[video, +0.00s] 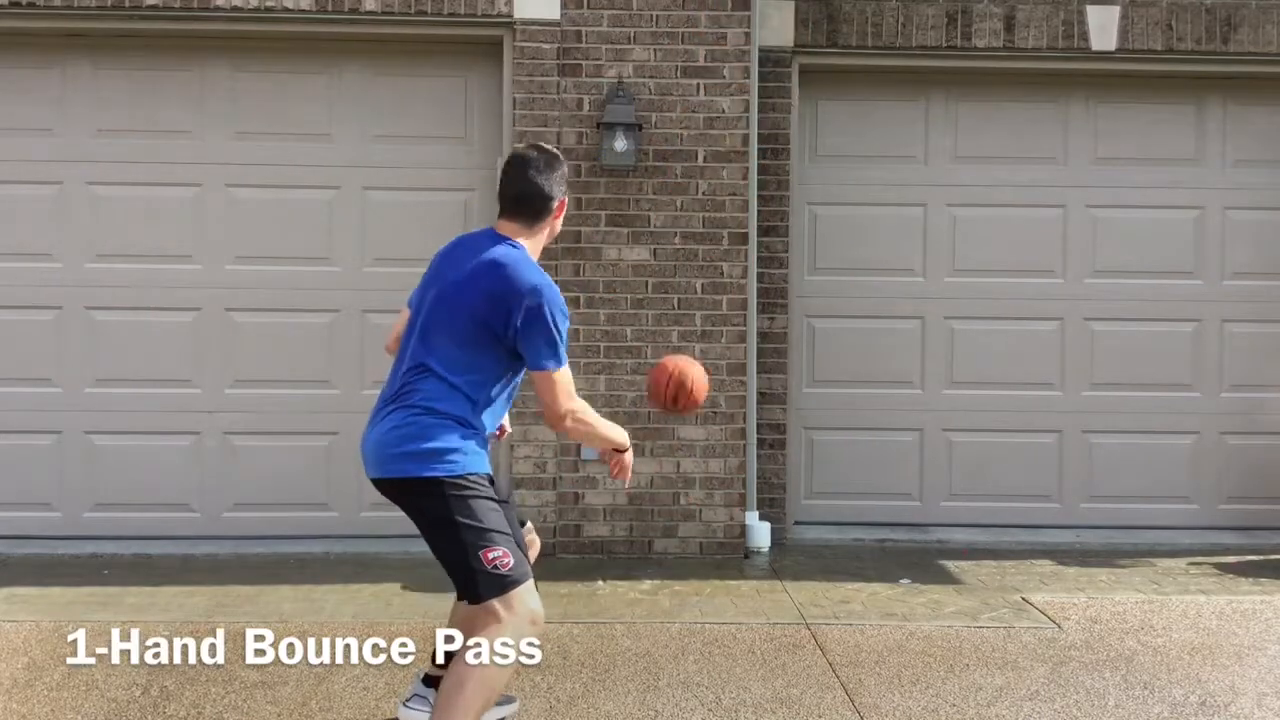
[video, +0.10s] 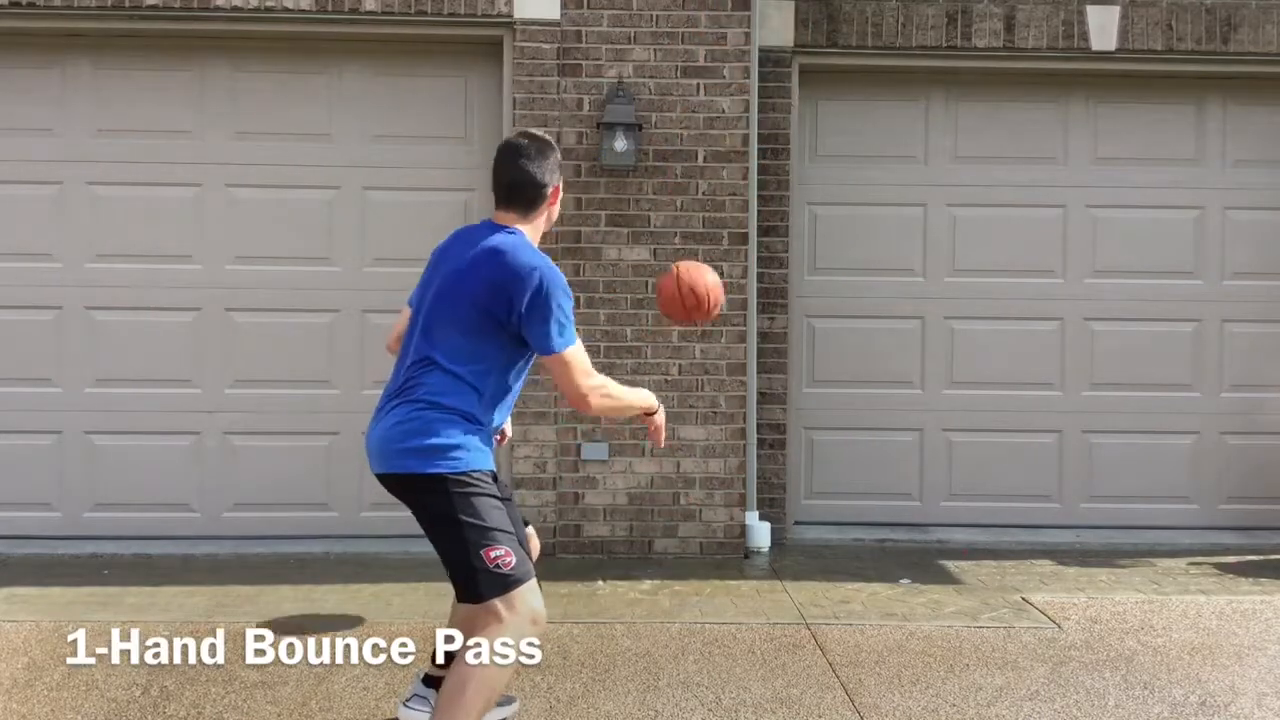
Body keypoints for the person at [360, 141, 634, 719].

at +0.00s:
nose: (566, 215)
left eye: (562, 205)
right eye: (567, 206)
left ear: (502, 198)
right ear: (559, 211)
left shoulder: (455, 252)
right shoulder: (534, 290)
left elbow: (399, 342)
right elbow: (562, 412)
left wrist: (478, 400)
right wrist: (617, 439)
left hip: (392, 443)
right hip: (437, 450)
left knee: (520, 544)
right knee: (518, 616)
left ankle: (436, 686)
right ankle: (452, 712)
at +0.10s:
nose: (563, 199)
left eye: (562, 189)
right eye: (562, 190)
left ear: (494, 190)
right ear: (554, 197)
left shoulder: (455, 246)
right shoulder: (535, 273)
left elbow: (400, 340)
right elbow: (584, 393)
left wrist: (480, 407)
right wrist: (647, 400)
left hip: (401, 438)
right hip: (442, 447)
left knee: (521, 544)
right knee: (518, 616)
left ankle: (441, 685)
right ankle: (453, 710)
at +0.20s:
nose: (561, 184)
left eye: (556, 175)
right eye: (561, 175)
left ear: (494, 180)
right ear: (552, 184)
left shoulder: (459, 237)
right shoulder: (542, 257)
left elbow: (408, 334)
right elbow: (632, 343)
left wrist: (489, 401)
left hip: (405, 433)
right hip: (446, 441)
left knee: (509, 559)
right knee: (527, 609)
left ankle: (437, 688)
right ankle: (460, 713)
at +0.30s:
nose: (566, 168)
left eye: (564, 159)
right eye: (564, 159)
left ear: (495, 166)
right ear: (553, 166)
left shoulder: (468, 221)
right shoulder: (541, 226)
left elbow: (414, 322)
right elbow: (667, 251)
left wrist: (497, 388)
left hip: (415, 424)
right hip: (448, 430)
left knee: (495, 569)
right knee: (530, 602)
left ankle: (445, 680)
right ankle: (461, 714)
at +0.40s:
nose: (567, 156)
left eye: (564, 146)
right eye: (566, 146)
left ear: (499, 149)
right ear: (555, 152)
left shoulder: (477, 208)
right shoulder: (532, 207)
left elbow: (426, 309)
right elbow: (667, 219)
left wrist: (491, 385)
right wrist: (736, 139)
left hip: (433, 416)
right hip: (449, 422)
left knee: (501, 573)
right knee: (521, 594)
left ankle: (447, 679)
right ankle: (463, 709)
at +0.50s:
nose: (574, 156)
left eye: (570, 146)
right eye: (573, 145)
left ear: (506, 147)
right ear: (563, 151)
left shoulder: (487, 207)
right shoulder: (526, 208)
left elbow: (435, 312)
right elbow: (654, 226)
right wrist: (739, 145)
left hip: (443, 414)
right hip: (444, 420)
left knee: (518, 543)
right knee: (516, 594)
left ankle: (447, 676)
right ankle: (457, 711)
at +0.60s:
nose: (584, 178)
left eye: (584, 168)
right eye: (584, 167)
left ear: (516, 165)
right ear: (574, 171)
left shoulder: (498, 219)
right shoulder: (524, 223)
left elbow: (435, 302)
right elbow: (627, 252)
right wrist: (718, 180)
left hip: (452, 425)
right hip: (432, 428)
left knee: (525, 543)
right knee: (508, 593)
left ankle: (445, 678)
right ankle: (455, 709)